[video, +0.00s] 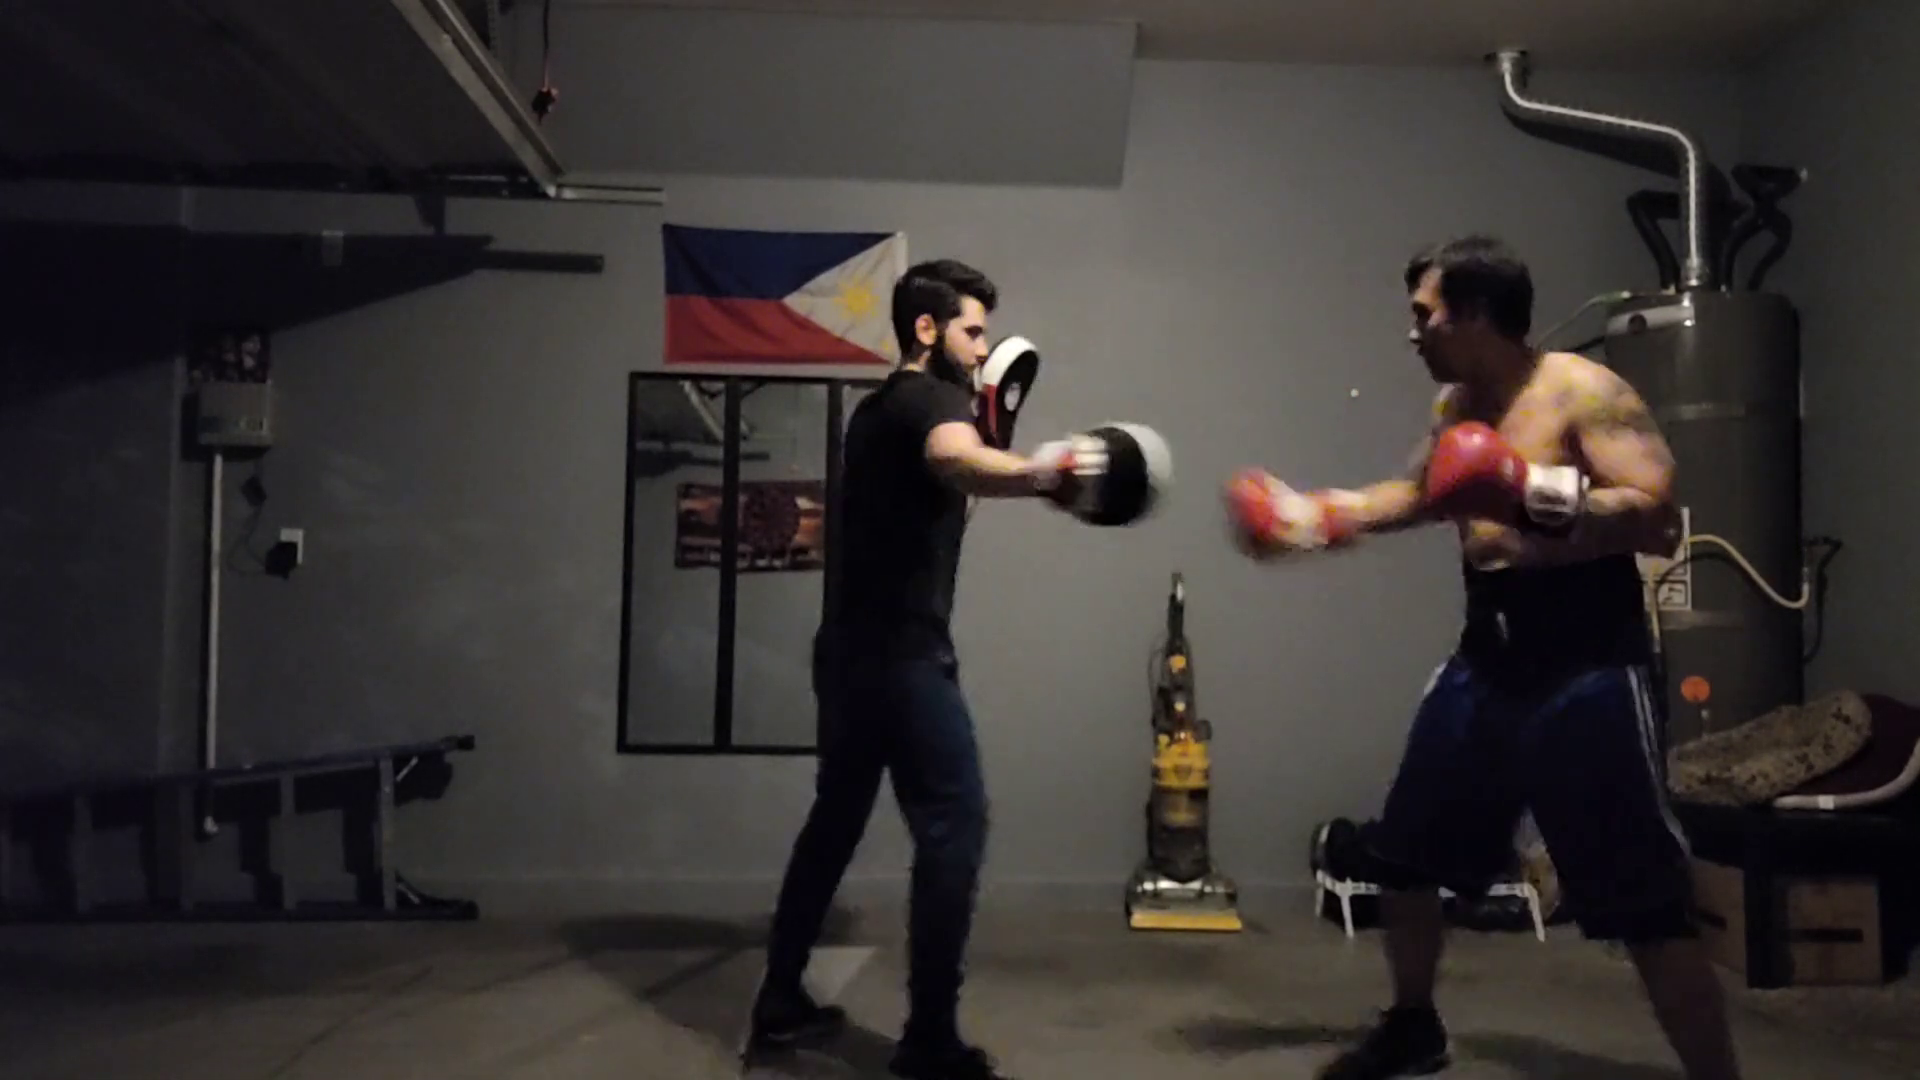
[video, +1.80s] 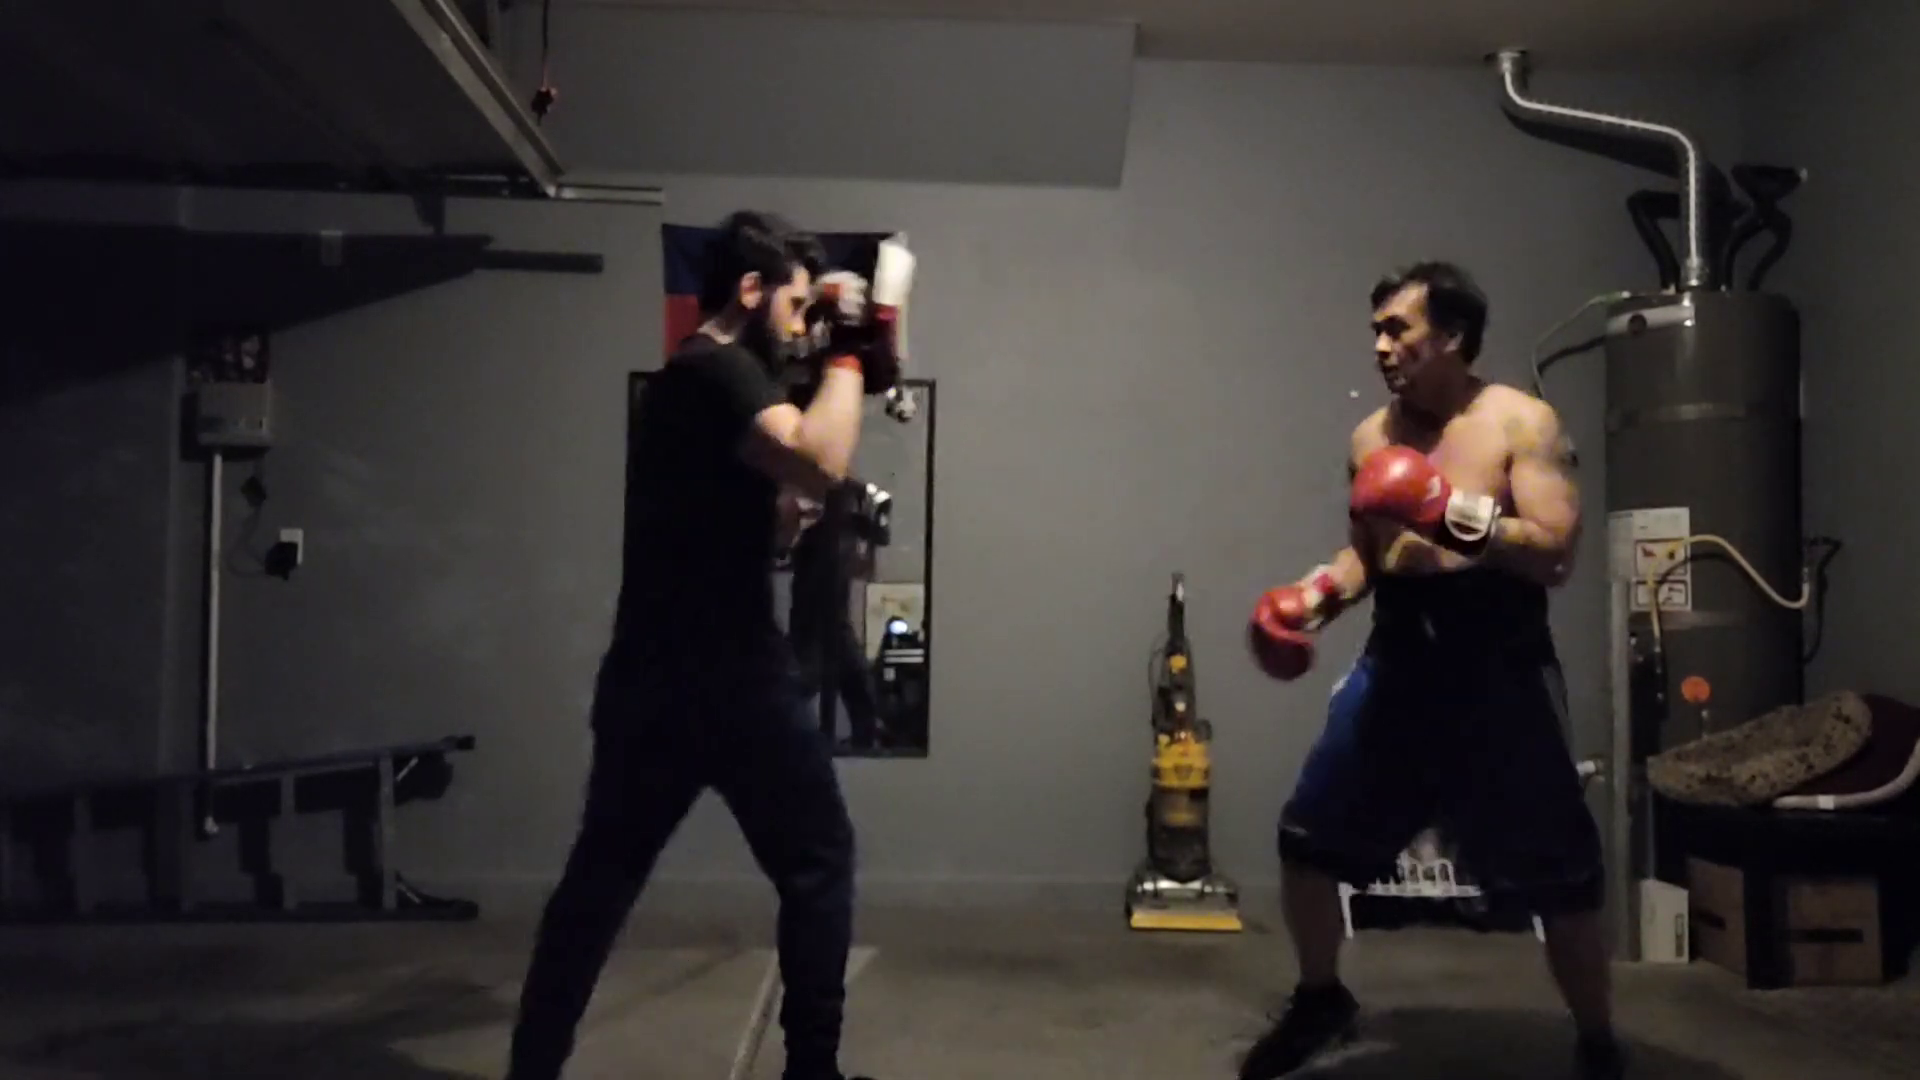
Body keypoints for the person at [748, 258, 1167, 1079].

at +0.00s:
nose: (982, 351)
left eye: (984, 337)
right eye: (973, 334)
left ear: (915, 338)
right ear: (927, 329)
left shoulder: (879, 407)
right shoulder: (929, 394)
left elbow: (926, 479)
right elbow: (956, 458)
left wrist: (979, 418)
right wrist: (1044, 473)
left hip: (851, 653)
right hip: (906, 658)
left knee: (833, 823)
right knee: (955, 827)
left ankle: (779, 997)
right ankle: (931, 1037)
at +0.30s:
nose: (972, 338)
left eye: (975, 323)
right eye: (959, 321)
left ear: (946, 327)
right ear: (909, 319)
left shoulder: (945, 414)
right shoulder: (873, 397)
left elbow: (1029, 498)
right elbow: (897, 471)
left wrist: (1046, 410)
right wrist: (991, 403)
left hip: (896, 660)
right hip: (874, 660)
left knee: (818, 824)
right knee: (923, 845)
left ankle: (730, 987)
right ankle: (908, 1052)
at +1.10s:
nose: (889, 329)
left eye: (890, 315)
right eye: (879, 312)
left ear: (833, 312)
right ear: (833, 309)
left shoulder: (818, 392)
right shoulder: (825, 374)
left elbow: (928, 472)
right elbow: (952, 372)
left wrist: (936, 368)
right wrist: (995, 290)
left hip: (783, 646)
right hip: (829, 651)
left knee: (777, 822)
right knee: (879, 837)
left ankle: (717, 1022)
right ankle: (840, 1045)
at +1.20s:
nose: (890, 320)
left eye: (889, 307)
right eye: (880, 304)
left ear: (824, 310)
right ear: (836, 308)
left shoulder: (787, 395)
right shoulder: (832, 377)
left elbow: (899, 486)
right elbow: (955, 363)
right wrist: (956, 266)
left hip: (776, 647)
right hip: (833, 651)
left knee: (782, 830)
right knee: (882, 837)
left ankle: (720, 1019)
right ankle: (827, 1049)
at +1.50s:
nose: (873, 304)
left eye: (873, 289)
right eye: (867, 287)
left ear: (796, 283)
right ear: (822, 279)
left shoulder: (740, 374)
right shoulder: (824, 357)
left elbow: (936, 418)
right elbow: (962, 413)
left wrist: (1018, 363)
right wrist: (1016, 330)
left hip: (735, 646)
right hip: (820, 651)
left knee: (721, 835)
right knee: (829, 859)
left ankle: (643, 1035)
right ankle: (811, 1059)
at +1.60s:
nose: (857, 299)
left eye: (859, 283)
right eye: (851, 281)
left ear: (780, 276)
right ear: (804, 274)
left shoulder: (729, 365)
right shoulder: (800, 359)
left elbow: (886, 440)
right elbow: (916, 436)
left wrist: (971, 379)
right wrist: (964, 346)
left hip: (718, 645)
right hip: (800, 652)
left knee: (683, 841)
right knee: (823, 859)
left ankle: (574, 1045)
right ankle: (812, 1063)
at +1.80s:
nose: (808, 324)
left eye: (810, 307)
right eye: (800, 303)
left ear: (736, 296)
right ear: (752, 292)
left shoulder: (678, 377)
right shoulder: (723, 371)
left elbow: (730, 533)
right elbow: (825, 458)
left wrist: (794, 514)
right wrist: (846, 352)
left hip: (657, 675)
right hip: (733, 679)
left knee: (599, 877)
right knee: (820, 860)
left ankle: (533, 1063)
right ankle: (813, 1065)